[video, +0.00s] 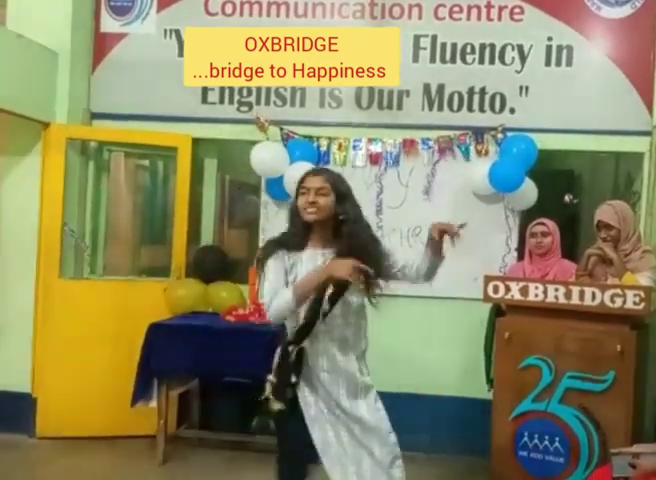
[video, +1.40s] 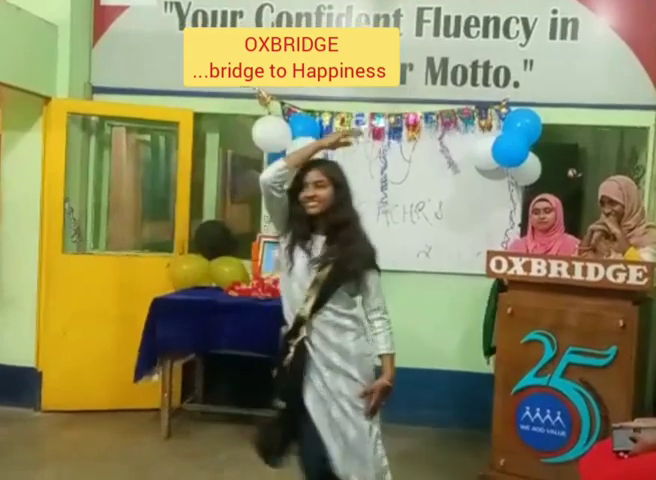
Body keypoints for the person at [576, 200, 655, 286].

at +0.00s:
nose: (602, 235)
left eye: (609, 228)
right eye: (599, 228)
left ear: (625, 227)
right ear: (595, 229)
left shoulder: (646, 259)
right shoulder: (593, 256)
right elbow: (576, 287)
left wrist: (615, 258)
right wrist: (585, 260)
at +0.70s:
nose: (605, 225)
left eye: (612, 217)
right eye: (602, 218)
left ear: (629, 217)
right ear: (598, 220)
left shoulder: (649, 248)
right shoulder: (596, 247)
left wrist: (618, 248)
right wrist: (588, 250)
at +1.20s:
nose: (606, 215)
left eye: (613, 208)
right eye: (603, 208)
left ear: (630, 207)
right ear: (599, 209)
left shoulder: (649, 238)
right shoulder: (597, 237)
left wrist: (618, 238)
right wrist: (588, 241)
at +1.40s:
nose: (606, 211)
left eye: (613, 203)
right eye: (602, 203)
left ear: (630, 203)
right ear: (599, 205)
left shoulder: (649, 235)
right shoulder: (597, 234)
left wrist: (618, 234)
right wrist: (588, 240)